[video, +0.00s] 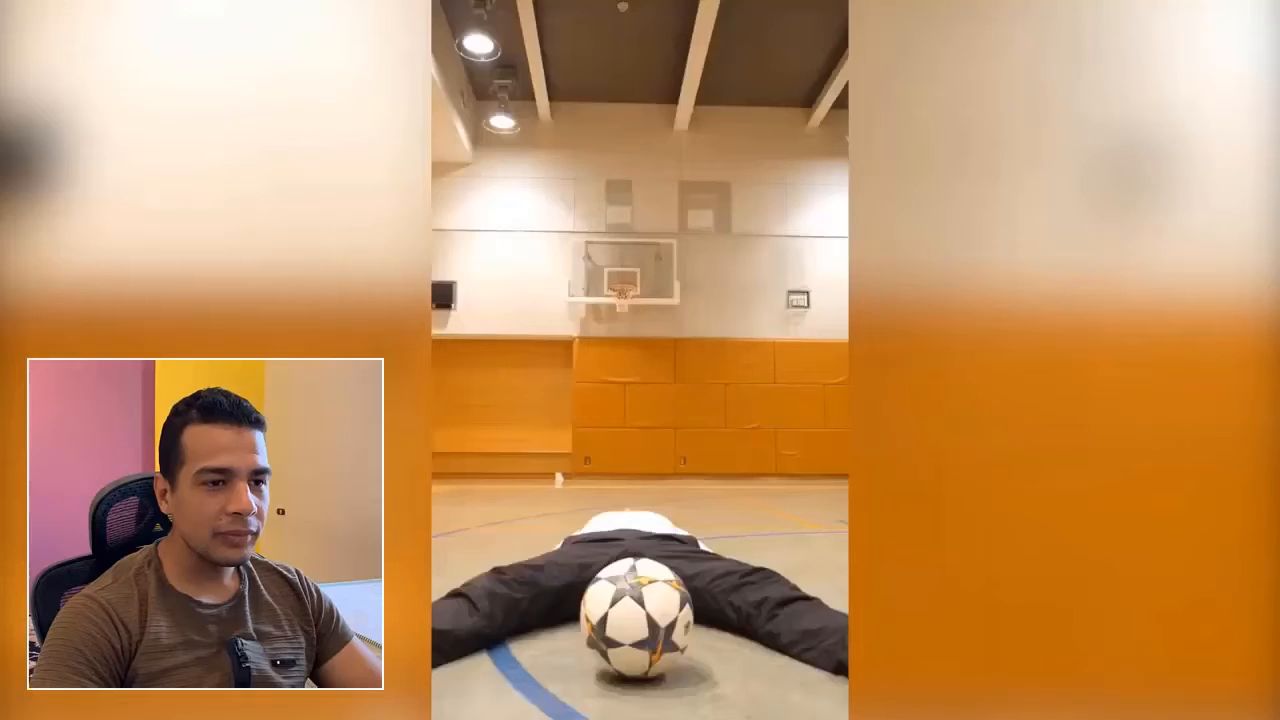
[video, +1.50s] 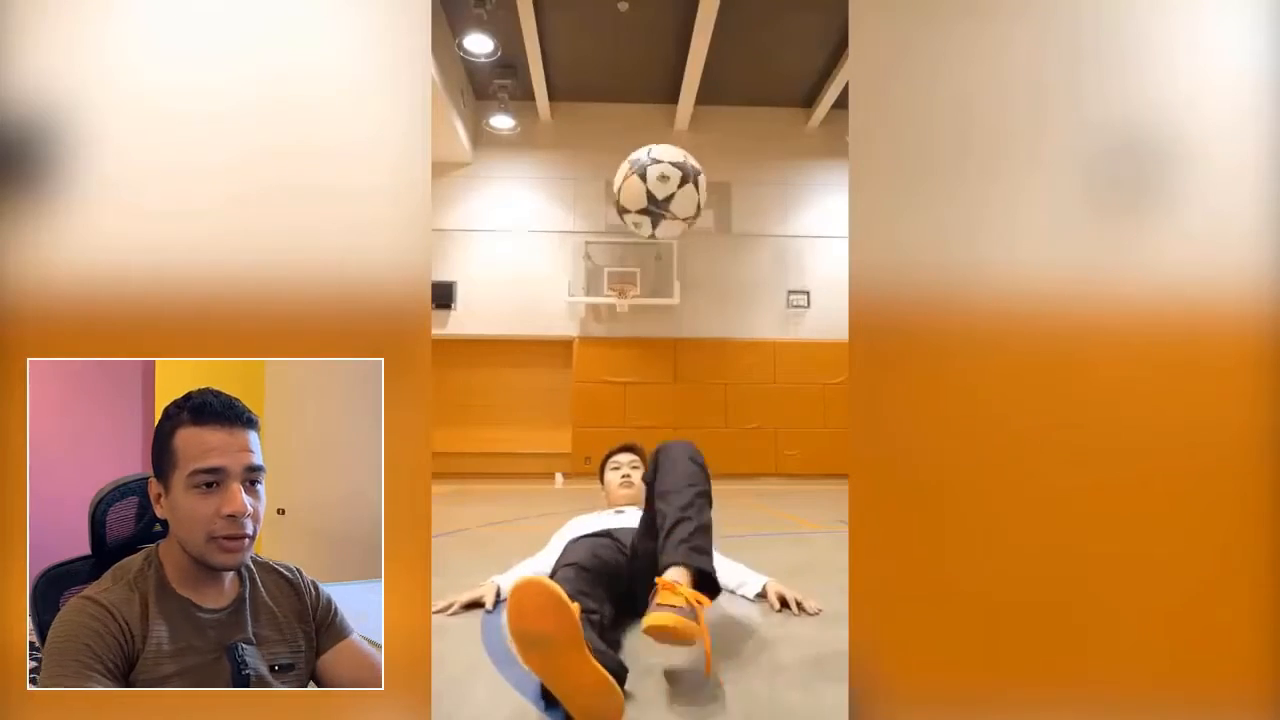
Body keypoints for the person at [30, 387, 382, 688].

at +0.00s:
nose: (245, 505)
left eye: (257, 481)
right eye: (216, 483)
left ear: (268, 488)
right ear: (166, 496)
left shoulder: (297, 597)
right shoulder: (100, 618)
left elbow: (385, 700)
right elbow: (52, 705)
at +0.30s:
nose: (244, 505)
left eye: (257, 482)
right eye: (215, 483)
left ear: (268, 488)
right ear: (165, 496)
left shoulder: (297, 597)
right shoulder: (100, 618)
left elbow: (385, 700)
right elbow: (52, 705)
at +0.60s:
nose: (241, 504)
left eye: (253, 480)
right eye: (211, 482)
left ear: (265, 485)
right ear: (163, 493)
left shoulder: (297, 596)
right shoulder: (98, 619)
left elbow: (388, 699)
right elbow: (51, 710)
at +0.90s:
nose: (237, 501)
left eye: (249, 476)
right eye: (207, 479)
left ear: (261, 482)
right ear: (160, 493)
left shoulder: (296, 596)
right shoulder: (98, 618)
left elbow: (386, 700)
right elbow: (50, 711)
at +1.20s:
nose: (238, 501)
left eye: (250, 477)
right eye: (207, 479)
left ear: (262, 484)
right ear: (160, 497)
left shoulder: (298, 596)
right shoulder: (97, 620)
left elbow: (391, 697)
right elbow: (47, 710)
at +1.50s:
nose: (239, 507)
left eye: (252, 482)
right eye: (209, 485)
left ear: (265, 488)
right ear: (160, 499)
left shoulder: (297, 597)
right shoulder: (98, 620)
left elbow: (391, 695)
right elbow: (69, 707)